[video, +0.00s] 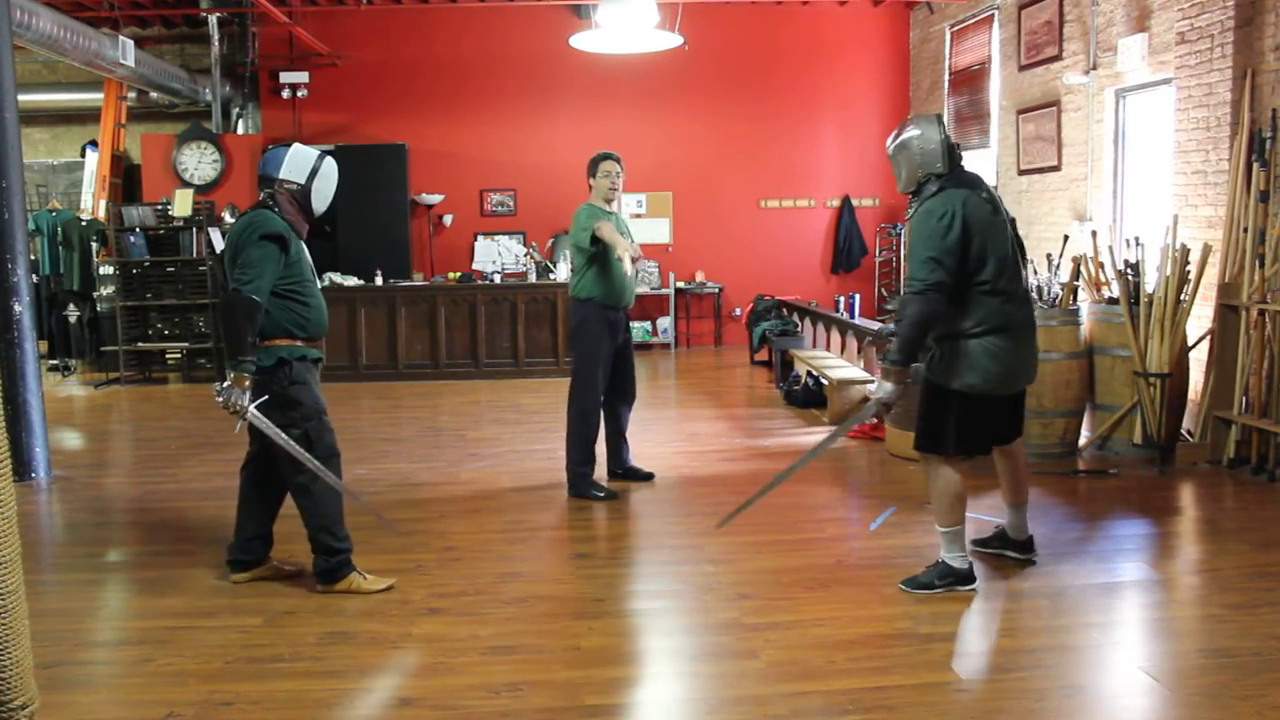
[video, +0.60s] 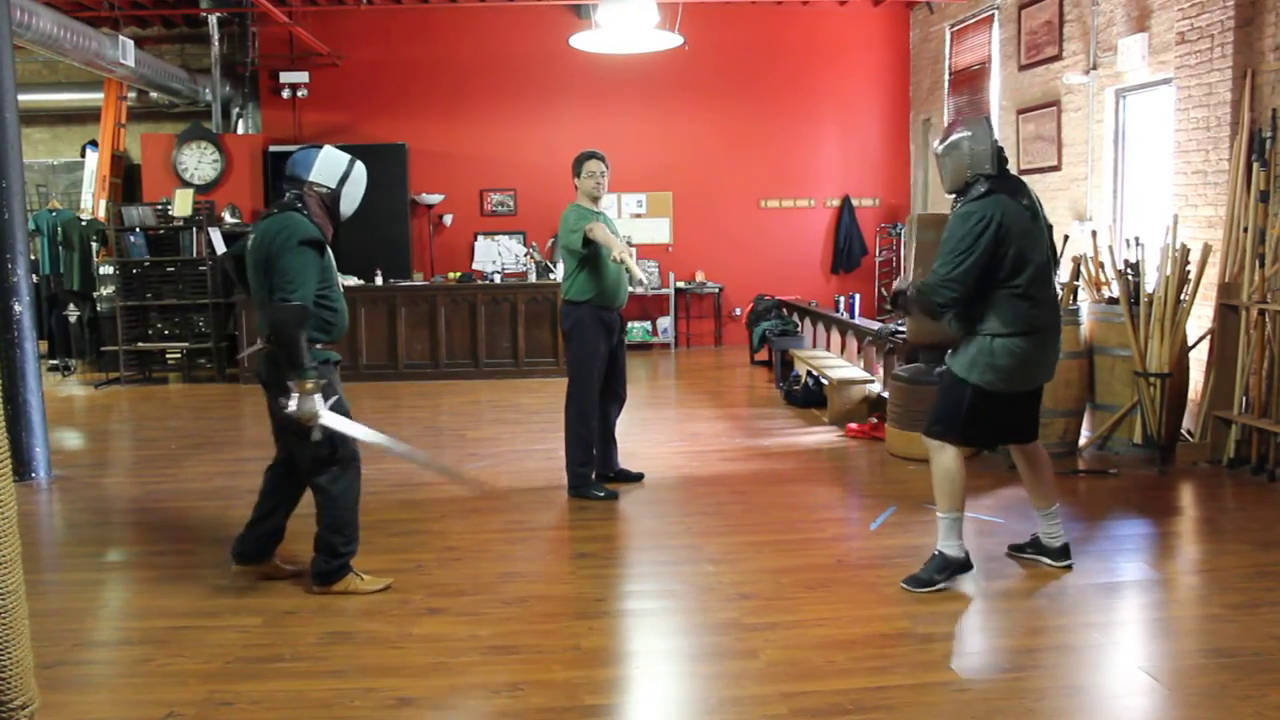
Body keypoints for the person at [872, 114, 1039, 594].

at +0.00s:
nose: (894, 172)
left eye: (897, 160)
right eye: (894, 161)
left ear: (917, 158)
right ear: (941, 154)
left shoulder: (938, 208)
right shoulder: (982, 199)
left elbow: (927, 294)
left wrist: (895, 367)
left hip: (969, 352)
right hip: (1010, 348)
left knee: (940, 453)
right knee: (1006, 440)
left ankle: (954, 563)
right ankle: (1018, 535)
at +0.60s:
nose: (940, 170)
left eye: (945, 159)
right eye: (940, 160)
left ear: (968, 157)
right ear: (982, 156)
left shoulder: (978, 209)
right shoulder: (1019, 196)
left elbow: (945, 289)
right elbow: (1042, 265)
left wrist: (909, 295)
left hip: (996, 345)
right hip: (1035, 341)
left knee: (940, 437)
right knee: (1024, 439)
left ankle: (950, 552)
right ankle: (1053, 541)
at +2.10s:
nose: (863, 197)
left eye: (865, 186)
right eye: (862, 187)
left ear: (884, 183)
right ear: (911, 176)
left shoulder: (896, 232)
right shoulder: (958, 204)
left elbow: (844, 302)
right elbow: (1003, 248)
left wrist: (881, 275)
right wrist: (993, 295)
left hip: (946, 354)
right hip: (1002, 345)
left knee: (887, 437)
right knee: (1009, 437)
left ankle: (907, 553)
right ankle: (1050, 538)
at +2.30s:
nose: (866, 196)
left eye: (867, 186)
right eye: (864, 186)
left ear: (885, 183)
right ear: (914, 175)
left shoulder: (897, 232)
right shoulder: (960, 205)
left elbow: (845, 301)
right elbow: (1004, 246)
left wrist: (883, 273)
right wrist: (995, 293)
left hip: (947, 354)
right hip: (1003, 345)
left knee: (888, 437)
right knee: (1010, 437)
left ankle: (907, 553)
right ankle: (1050, 538)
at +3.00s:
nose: (875, 192)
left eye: (876, 182)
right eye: (874, 182)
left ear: (893, 180)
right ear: (924, 171)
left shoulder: (905, 227)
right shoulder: (968, 204)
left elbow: (851, 297)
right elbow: (1010, 251)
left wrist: (887, 272)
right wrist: (995, 294)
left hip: (952, 352)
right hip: (1006, 345)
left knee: (893, 437)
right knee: (1012, 438)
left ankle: (910, 553)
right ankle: (1052, 538)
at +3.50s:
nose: (877, 191)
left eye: (878, 180)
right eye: (876, 181)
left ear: (896, 177)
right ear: (924, 171)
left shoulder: (907, 227)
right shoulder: (970, 204)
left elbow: (856, 297)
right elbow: (1013, 255)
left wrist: (884, 277)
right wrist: (994, 296)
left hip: (954, 352)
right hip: (1008, 344)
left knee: (895, 437)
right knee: (1014, 438)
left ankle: (911, 553)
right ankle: (1053, 538)